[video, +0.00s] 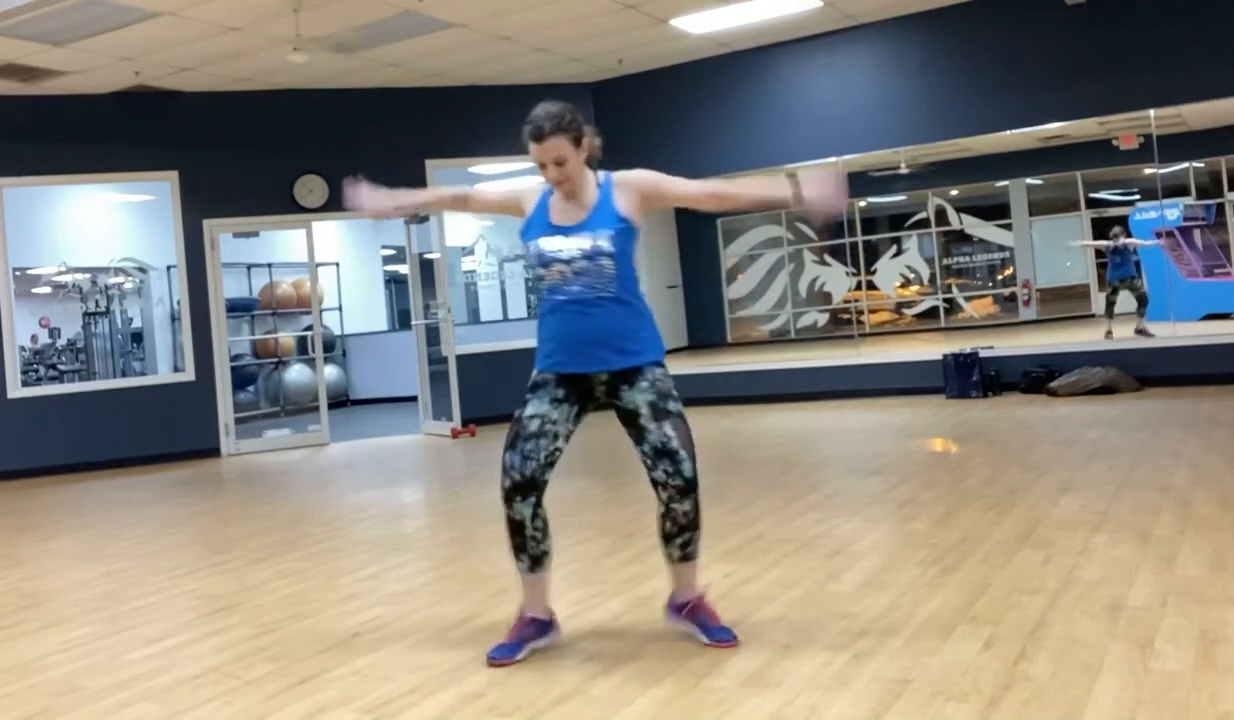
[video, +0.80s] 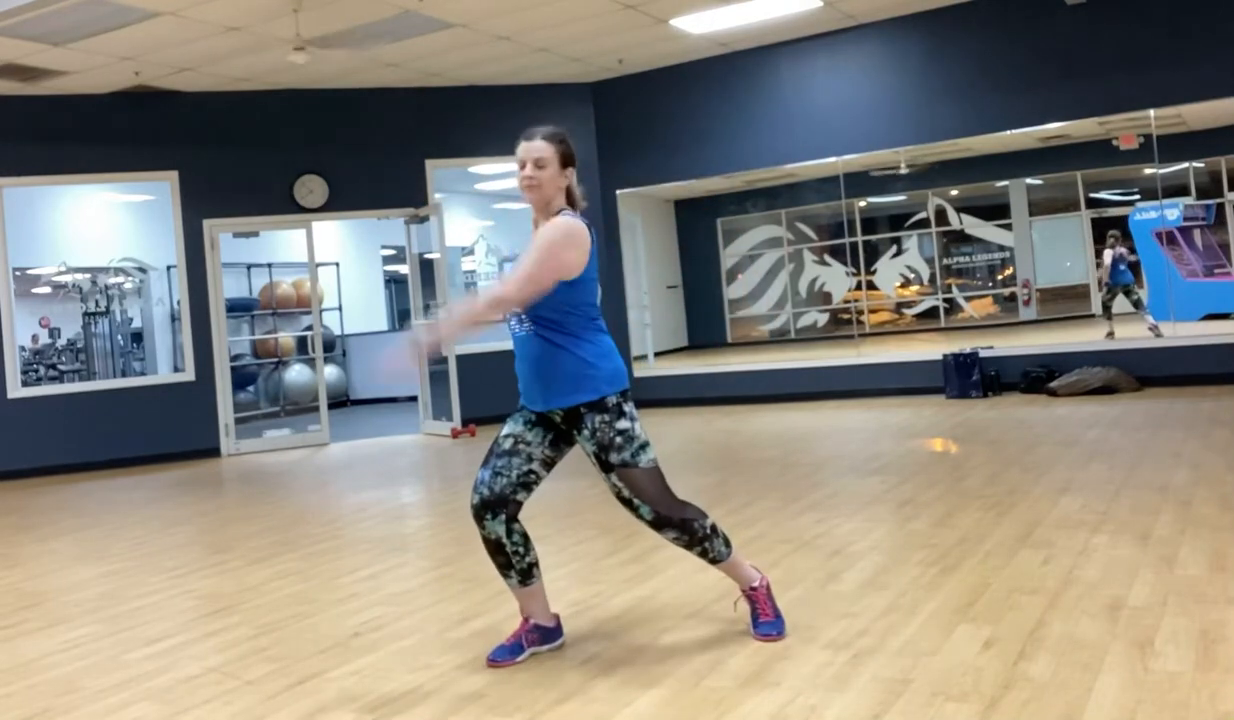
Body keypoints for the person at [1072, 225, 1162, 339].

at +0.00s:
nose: (1120, 238)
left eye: (1118, 236)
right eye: (1122, 235)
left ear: (1112, 236)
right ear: (1124, 235)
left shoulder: (1108, 244)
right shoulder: (1129, 242)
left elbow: (1092, 243)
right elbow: (1145, 243)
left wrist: (1079, 243)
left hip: (1113, 278)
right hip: (1130, 277)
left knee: (1110, 303)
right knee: (1142, 298)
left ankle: (1109, 329)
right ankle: (1140, 326)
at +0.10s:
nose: (1123, 237)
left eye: (1121, 236)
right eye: (1122, 235)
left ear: (1110, 236)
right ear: (1122, 235)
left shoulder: (1106, 245)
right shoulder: (1127, 242)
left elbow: (1085, 244)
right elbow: (1141, 242)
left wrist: (1071, 251)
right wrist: (1155, 237)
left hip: (1111, 279)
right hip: (1128, 277)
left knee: (1109, 303)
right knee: (1144, 296)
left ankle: (1110, 329)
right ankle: (1144, 323)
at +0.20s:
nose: (1121, 239)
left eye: (1121, 238)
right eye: (1121, 238)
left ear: (1109, 239)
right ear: (1120, 238)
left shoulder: (1103, 248)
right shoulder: (1125, 245)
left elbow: (1087, 254)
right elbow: (1140, 244)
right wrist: (1155, 238)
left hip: (1110, 280)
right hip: (1127, 278)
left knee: (1108, 304)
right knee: (1142, 298)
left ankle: (1110, 330)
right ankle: (1151, 321)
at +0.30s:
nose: (1121, 241)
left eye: (1120, 240)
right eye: (1120, 239)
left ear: (1108, 240)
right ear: (1119, 239)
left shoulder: (1103, 250)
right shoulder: (1125, 247)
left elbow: (1092, 259)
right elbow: (1142, 246)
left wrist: (1102, 254)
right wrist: (1159, 243)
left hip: (1111, 282)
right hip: (1127, 279)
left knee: (1108, 306)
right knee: (1141, 301)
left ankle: (1110, 330)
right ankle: (1151, 323)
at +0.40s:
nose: (1120, 241)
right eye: (1120, 239)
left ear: (1108, 240)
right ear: (1118, 239)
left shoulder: (1104, 250)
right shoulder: (1124, 249)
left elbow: (1102, 263)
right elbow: (1141, 252)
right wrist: (1159, 253)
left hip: (1112, 281)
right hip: (1126, 280)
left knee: (1107, 305)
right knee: (1139, 302)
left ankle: (1110, 330)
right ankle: (1151, 323)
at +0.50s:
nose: (1105, 240)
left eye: (1107, 238)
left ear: (1108, 240)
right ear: (1119, 240)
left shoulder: (1106, 250)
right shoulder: (1125, 250)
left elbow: (1105, 263)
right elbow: (1139, 262)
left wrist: (1103, 279)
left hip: (1113, 282)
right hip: (1127, 280)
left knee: (1106, 303)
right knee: (1138, 303)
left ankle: (1110, 329)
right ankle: (1152, 323)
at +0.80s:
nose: (1108, 241)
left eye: (1109, 239)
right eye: (1109, 239)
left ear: (1110, 240)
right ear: (1119, 240)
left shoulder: (1108, 251)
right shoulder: (1123, 251)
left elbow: (1107, 265)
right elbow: (1131, 258)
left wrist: (1105, 280)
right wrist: (1139, 257)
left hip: (1115, 282)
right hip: (1128, 281)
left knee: (1106, 303)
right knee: (1139, 304)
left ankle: (1110, 330)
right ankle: (1152, 324)